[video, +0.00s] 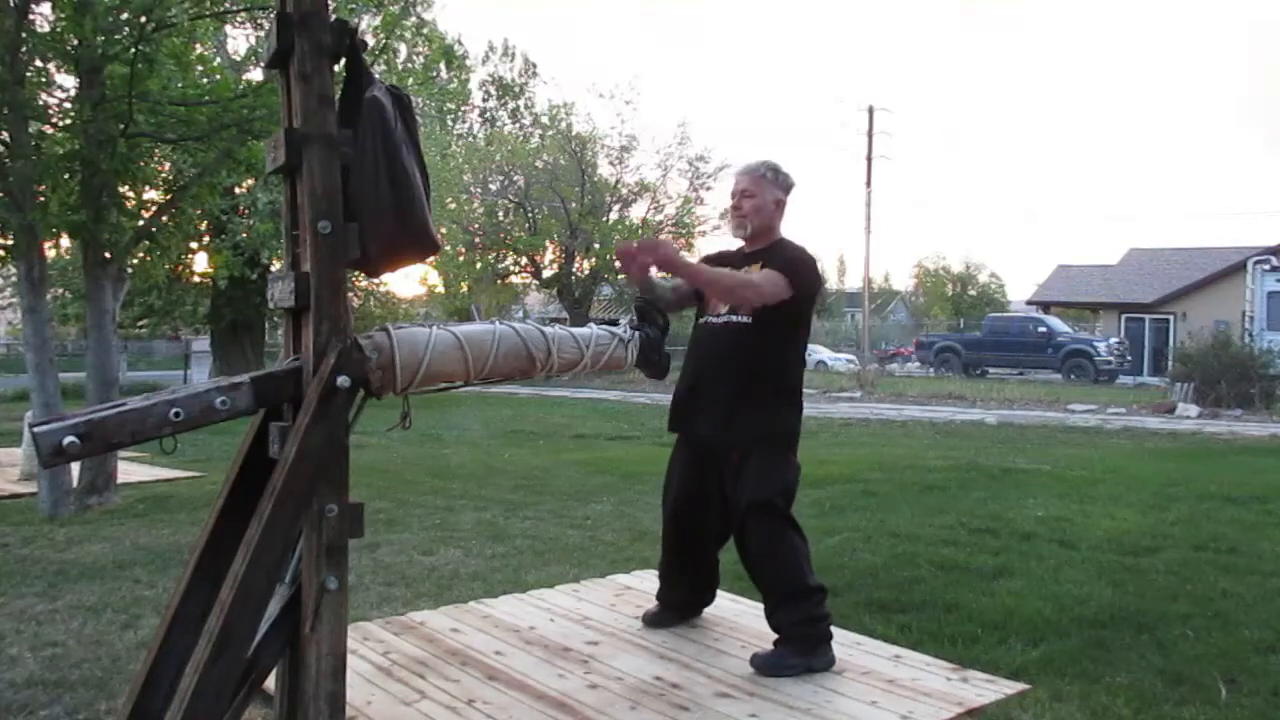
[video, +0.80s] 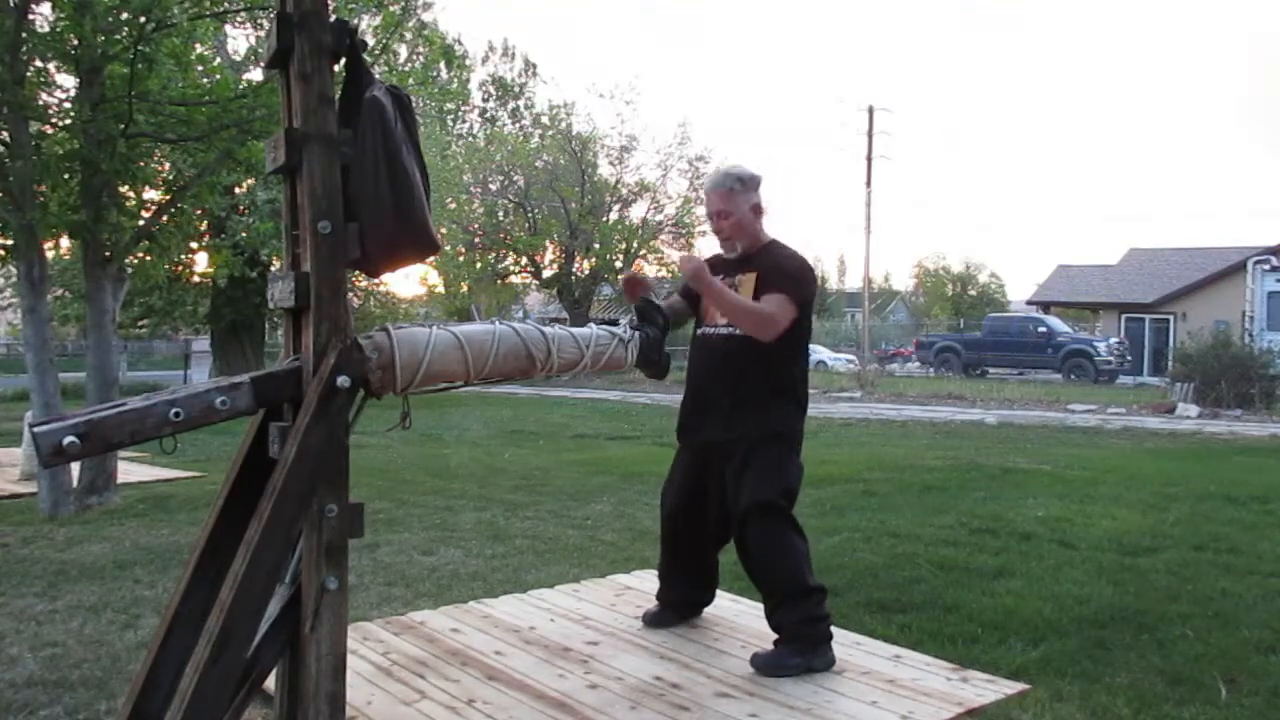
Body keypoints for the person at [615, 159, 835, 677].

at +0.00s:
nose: (737, 204)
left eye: (748, 196)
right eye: (734, 197)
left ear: (779, 201)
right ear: (732, 206)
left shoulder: (795, 262)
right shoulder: (718, 265)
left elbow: (754, 291)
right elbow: (669, 299)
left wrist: (684, 265)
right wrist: (643, 282)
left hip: (762, 425)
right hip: (702, 418)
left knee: (764, 526)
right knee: (685, 513)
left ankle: (807, 640)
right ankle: (682, 599)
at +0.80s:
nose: (719, 225)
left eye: (728, 214)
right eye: (712, 216)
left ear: (758, 209)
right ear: (708, 215)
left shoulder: (789, 267)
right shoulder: (710, 271)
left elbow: (767, 324)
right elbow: (672, 312)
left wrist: (708, 286)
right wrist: (645, 302)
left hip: (766, 428)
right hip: (706, 422)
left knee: (763, 522)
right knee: (682, 511)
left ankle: (807, 640)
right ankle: (682, 599)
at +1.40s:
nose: (682, 260)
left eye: (686, 249)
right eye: (677, 251)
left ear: (717, 232)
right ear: (700, 236)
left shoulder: (768, 265)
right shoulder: (697, 280)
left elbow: (812, 334)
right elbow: (700, 343)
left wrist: (782, 402)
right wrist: (697, 395)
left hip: (778, 421)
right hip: (724, 420)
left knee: (784, 526)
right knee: (695, 508)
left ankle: (814, 644)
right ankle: (682, 599)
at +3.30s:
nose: (725, 226)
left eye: (735, 216)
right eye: (719, 217)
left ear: (764, 212)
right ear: (714, 217)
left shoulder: (792, 270)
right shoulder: (708, 272)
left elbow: (803, 336)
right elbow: (675, 325)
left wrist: (742, 367)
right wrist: (642, 357)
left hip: (762, 425)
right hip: (701, 419)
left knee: (764, 522)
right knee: (676, 509)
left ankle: (812, 642)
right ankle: (681, 599)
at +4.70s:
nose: (733, 219)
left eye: (742, 209)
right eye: (727, 210)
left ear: (770, 210)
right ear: (721, 215)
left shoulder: (787, 269)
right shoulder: (714, 269)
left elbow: (719, 285)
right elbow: (672, 323)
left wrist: (650, 267)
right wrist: (691, 283)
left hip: (753, 430)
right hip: (692, 423)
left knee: (760, 536)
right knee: (671, 514)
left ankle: (813, 642)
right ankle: (680, 599)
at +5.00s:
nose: (723, 222)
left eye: (734, 213)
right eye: (719, 212)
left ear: (766, 212)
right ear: (717, 213)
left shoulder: (790, 270)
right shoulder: (709, 274)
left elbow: (768, 323)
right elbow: (682, 318)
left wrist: (700, 320)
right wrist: (656, 324)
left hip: (757, 428)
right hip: (694, 423)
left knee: (759, 533)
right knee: (670, 512)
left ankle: (813, 642)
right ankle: (680, 598)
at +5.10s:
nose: (720, 221)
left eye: (730, 212)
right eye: (717, 212)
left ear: (763, 212)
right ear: (716, 212)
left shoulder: (788, 271)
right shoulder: (709, 271)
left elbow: (794, 343)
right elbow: (677, 334)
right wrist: (643, 377)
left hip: (756, 421)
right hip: (696, 417)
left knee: (758, 530)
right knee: (672, 508)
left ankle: (812, 642)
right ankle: (681, 598)